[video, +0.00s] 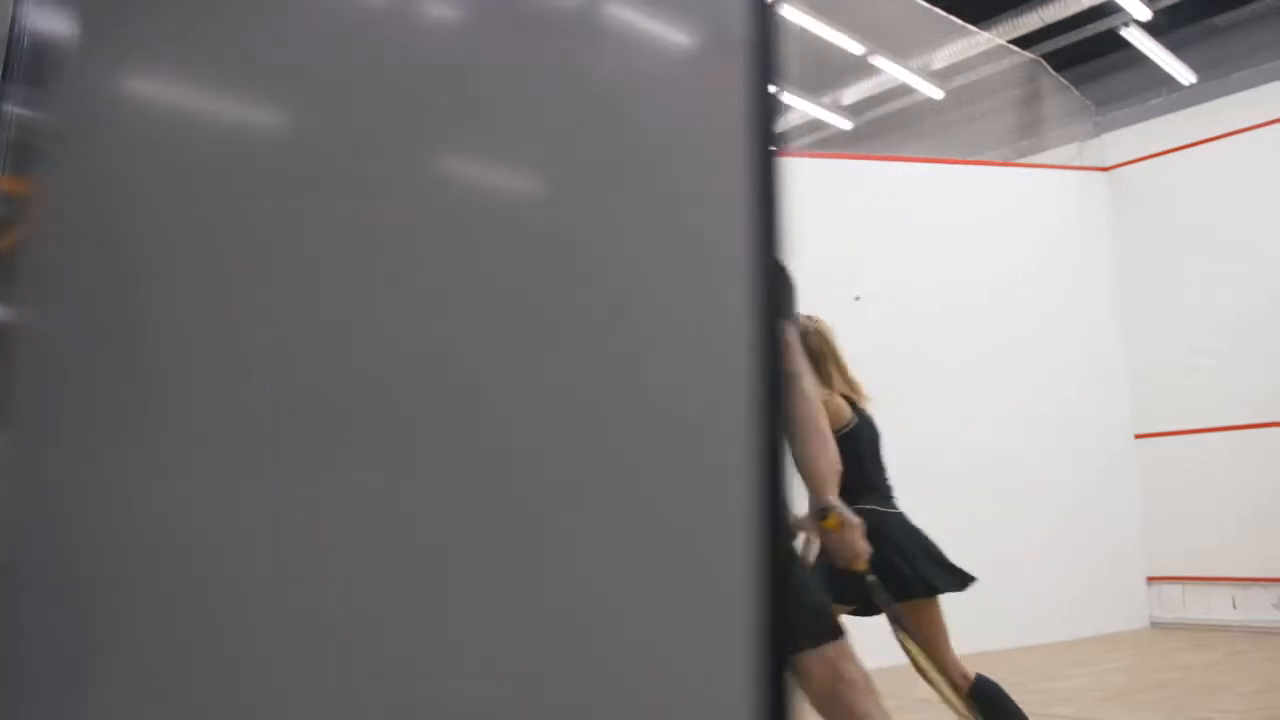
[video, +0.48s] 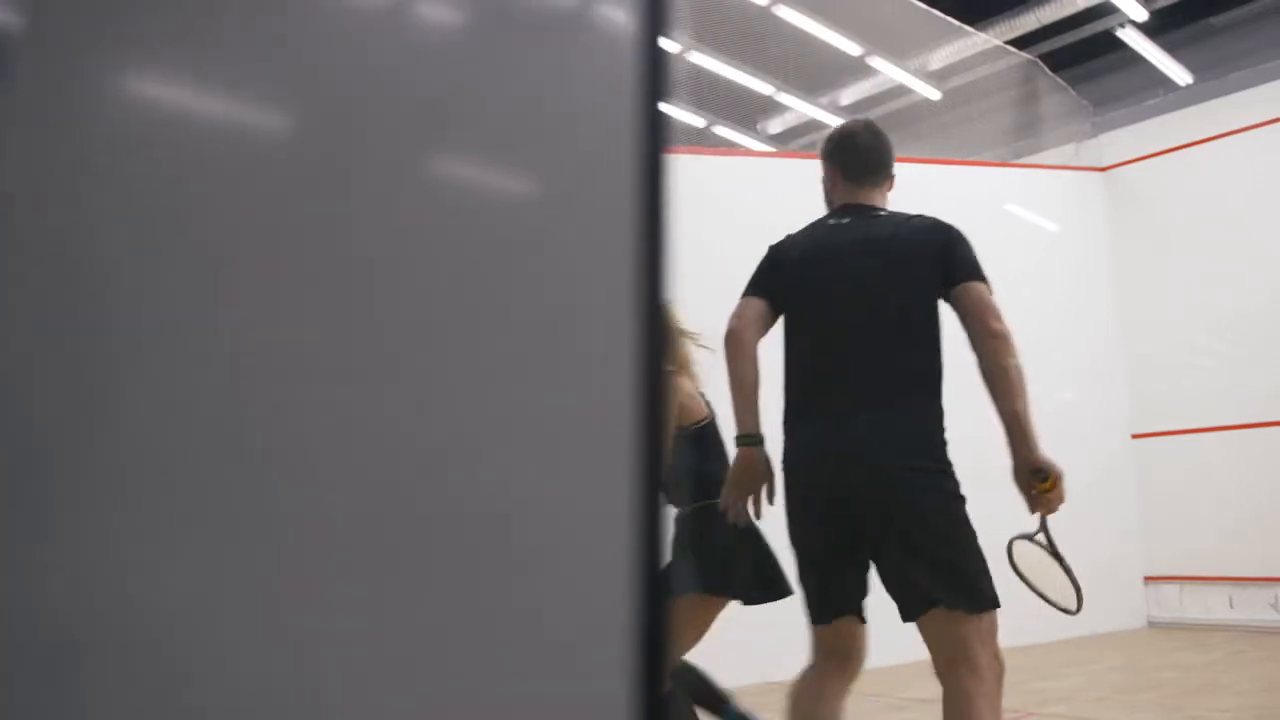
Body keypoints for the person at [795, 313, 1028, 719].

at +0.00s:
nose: (785, 370)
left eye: (789, 359)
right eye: (786, 361)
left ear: (802, 358)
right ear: (828, 353)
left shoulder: (823, 405)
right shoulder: (849, 403)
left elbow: (826, 480)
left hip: (858, 535)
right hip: (890, 532)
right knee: (947, 671)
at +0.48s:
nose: (824, 183)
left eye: (822, 174)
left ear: (826, 176)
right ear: (891, 179)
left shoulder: (790, 253)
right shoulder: (934, 238)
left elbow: (739, 333)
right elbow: (992, 334)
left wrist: (748, 443)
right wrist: (1025, 450)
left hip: (816, 481)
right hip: (912, 479)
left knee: (835, 655)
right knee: (970, 664)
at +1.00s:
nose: (909, 231)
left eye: (911, 214)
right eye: (908, 216)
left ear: (933, 207)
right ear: (974, 212)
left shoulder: (900, 281)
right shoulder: (1034, 268)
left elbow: (844, 354)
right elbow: (1108, 365)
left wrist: (850, 457)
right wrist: (1119, 467)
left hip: (933, 485)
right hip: (1018, 477)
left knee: (1034, 657)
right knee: (1016, 671)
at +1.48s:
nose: (958, 251)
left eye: (959, 236)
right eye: (957, 238)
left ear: (978, 233)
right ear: (1019, 235)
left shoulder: (950, 303)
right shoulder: (1075, 291)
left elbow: (896, 375)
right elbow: (1135, 374)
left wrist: (910, 459)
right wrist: (1152, 470)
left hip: (992, 498)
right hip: (1072, 487)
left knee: (1069, 645)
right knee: (1142, 637)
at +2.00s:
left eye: (974, 265)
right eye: (1024, 260)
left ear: (973, 268)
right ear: (1028, 265)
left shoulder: (955, 328)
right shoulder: (1078, 323)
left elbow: (920, 393)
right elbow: (1130, 397)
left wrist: (932, 455)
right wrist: (1131, 483)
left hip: (999, 515)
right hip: (1075, 508)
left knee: (1002, 638)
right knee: (1124, 635)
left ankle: (1044, 713)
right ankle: (1163, 716)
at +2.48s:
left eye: (904, 303)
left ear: (904, 306)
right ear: (954, 301)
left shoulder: (902, 362)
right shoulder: (1005, 353)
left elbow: (890, 422)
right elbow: (1054, 430)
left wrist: (888, 501)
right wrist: (1025, 489)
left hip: (955, 528)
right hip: (1026, 525)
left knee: (874, 621)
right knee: (1083, 642)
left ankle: (874, 716)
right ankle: (1135, 716)